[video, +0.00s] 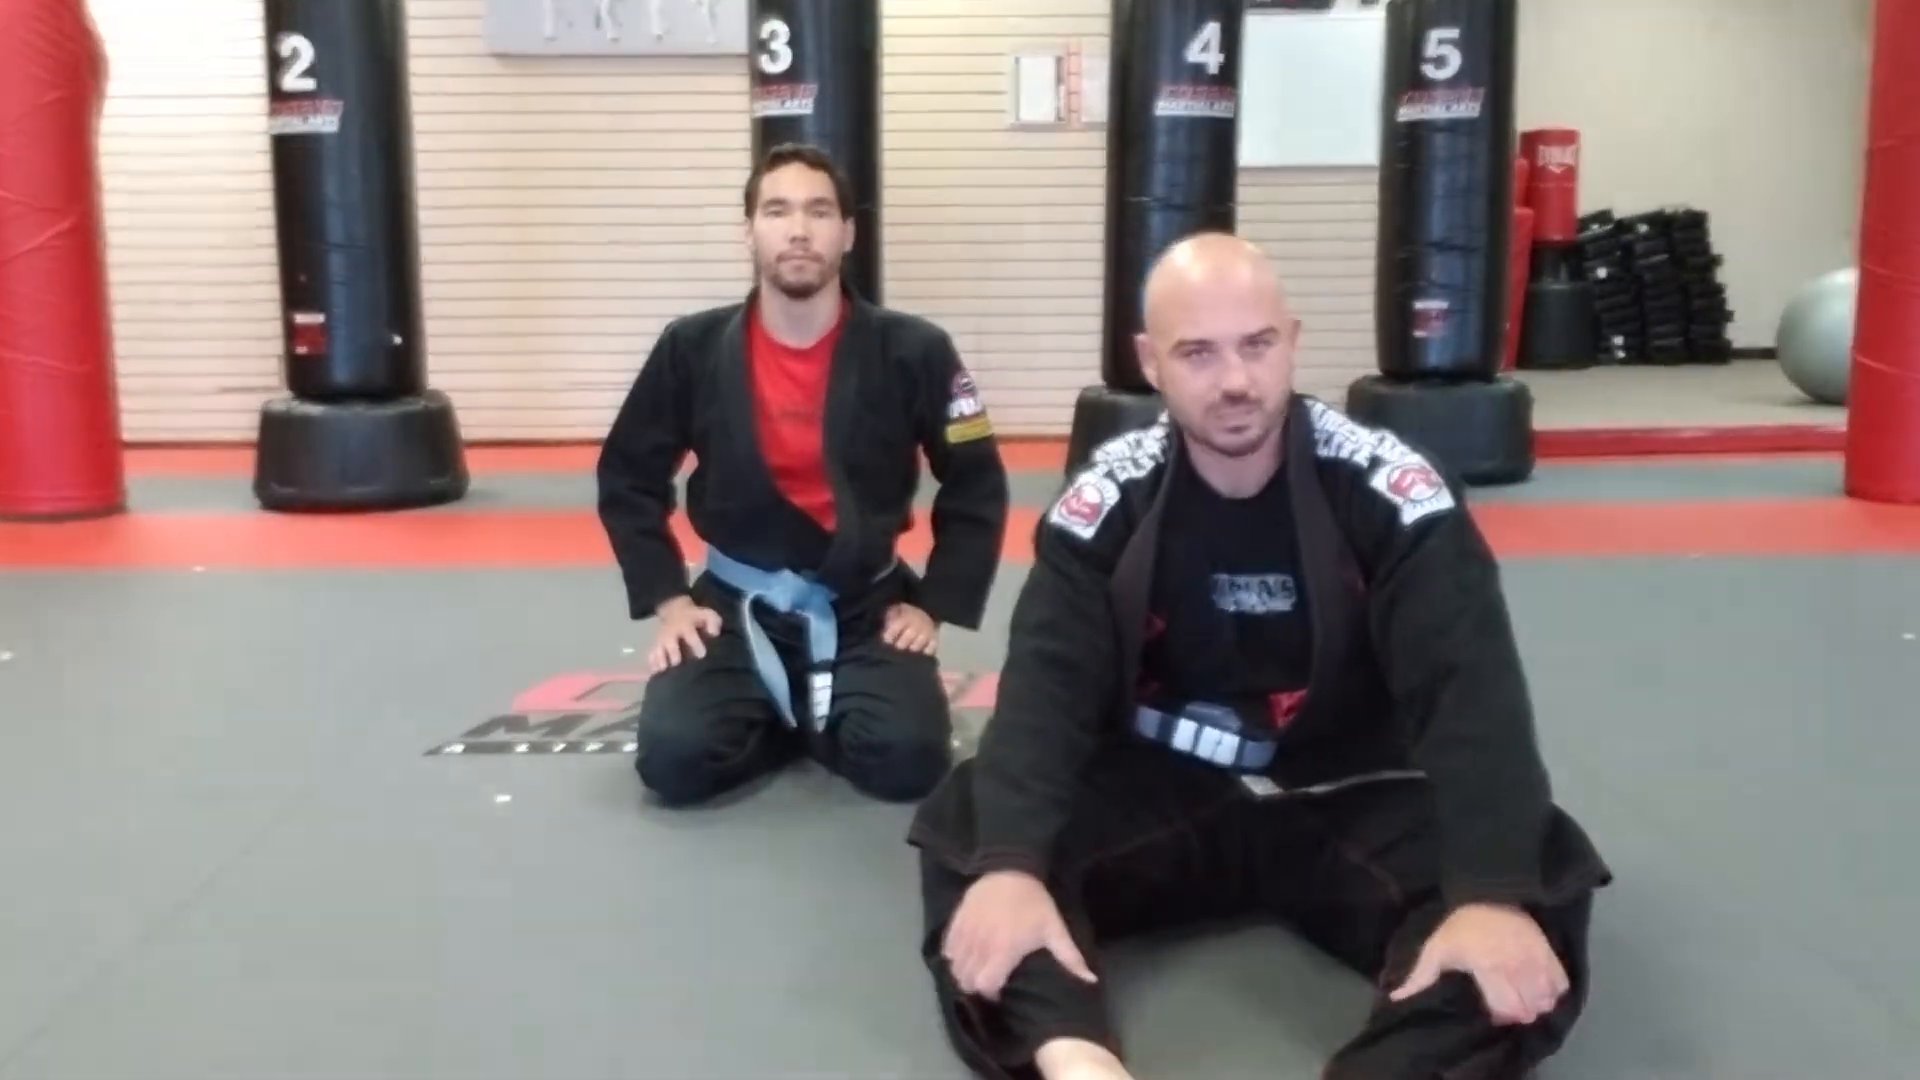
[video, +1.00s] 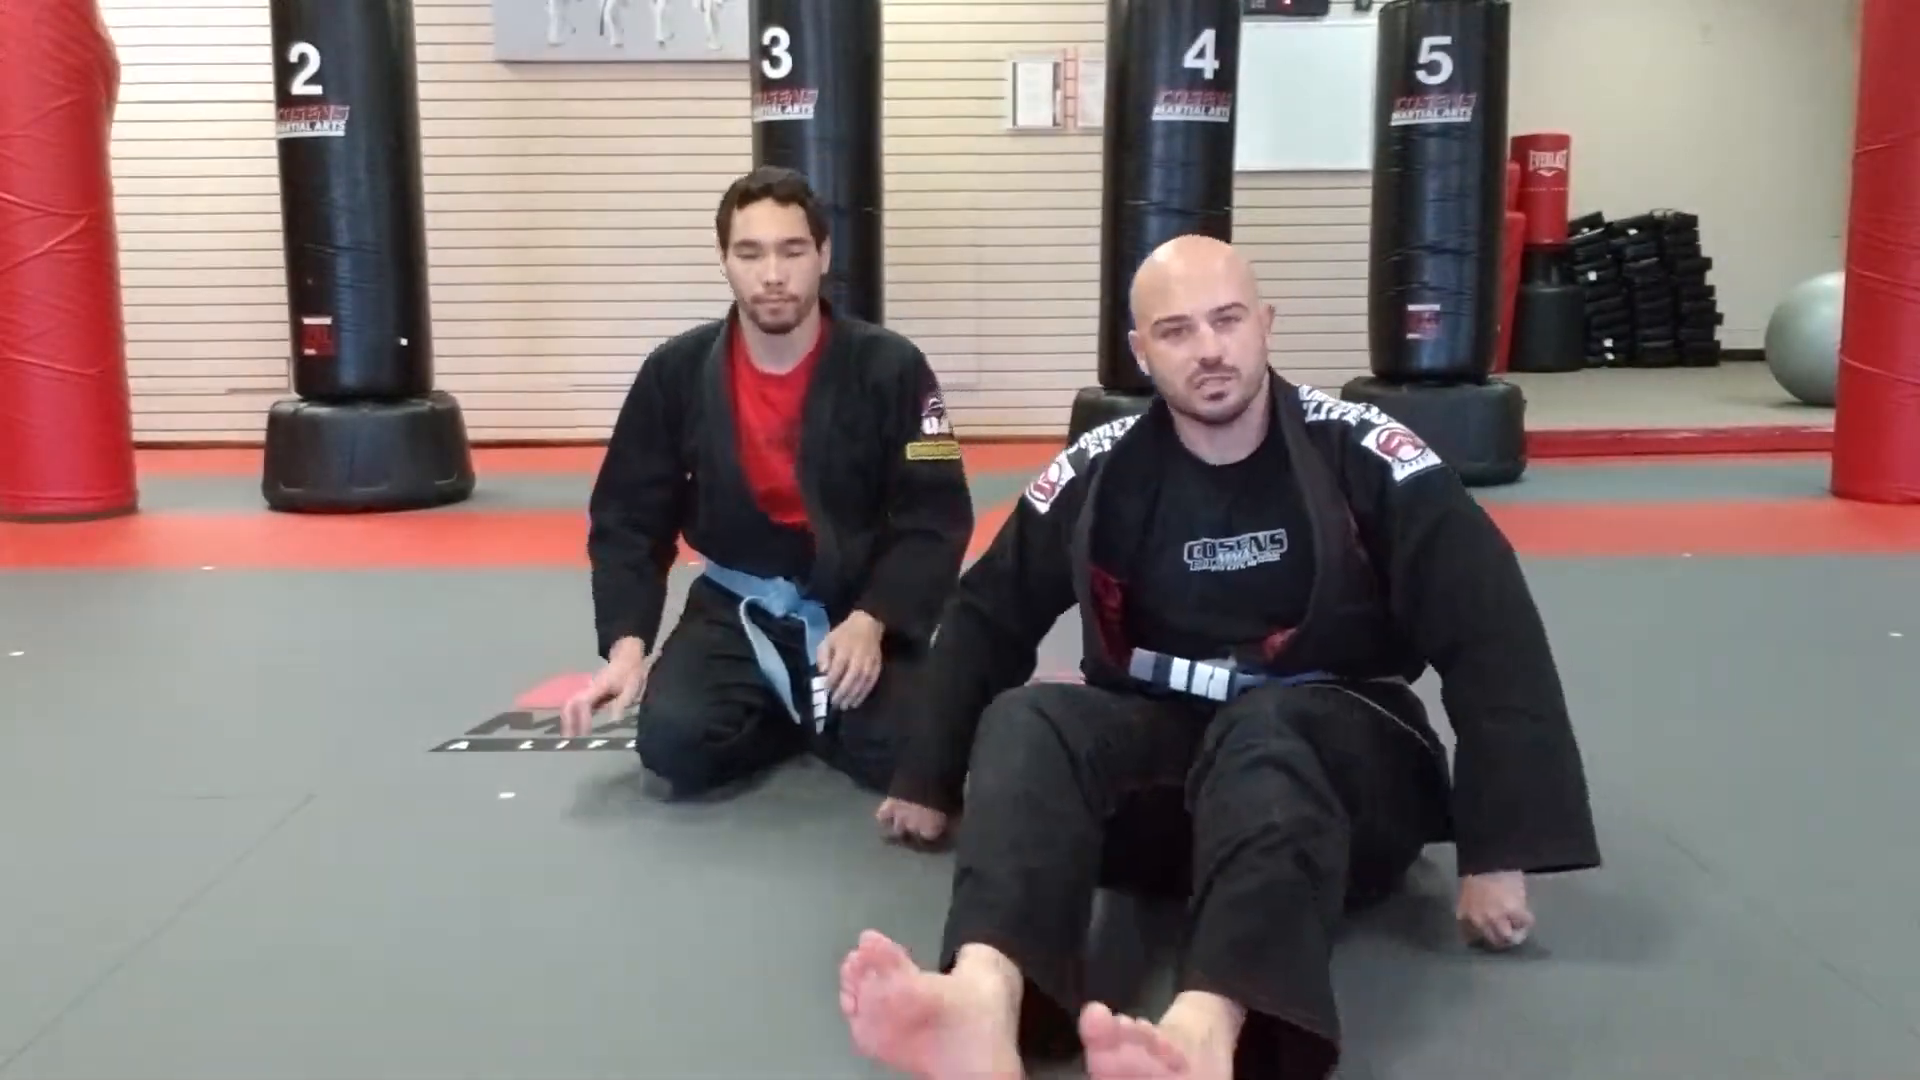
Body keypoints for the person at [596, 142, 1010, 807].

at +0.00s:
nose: (798, 228)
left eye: (819, 211)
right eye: (777, 211)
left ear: (848, 234)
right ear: (750, 235)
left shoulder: (913, 354)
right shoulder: (693, 350)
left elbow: (976, 482)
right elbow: (628, 474)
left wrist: (933, 607)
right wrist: (667, 597)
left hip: (866, 603)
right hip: (735, 599)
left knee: (908, 763)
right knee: (676, 763)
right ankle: (801, 720)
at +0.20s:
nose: (795, 230)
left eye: (815, 213)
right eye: (775, 213)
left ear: (844, 235)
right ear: (748, 237)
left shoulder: (912, 354)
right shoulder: (693, 352)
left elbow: (974, 483)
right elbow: (629, 477)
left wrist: (932, 606)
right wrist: (669, 598)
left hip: (867, 604)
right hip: (736, 600)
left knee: (909, 762)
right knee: (677, 760)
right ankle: (800, 718)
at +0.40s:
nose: (795, 233)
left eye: (815, 215)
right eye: (775, 216)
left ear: (844, 237)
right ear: (749, 239)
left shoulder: (912, 355)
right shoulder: (694, 353)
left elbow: (974, 483)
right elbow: (632, 478)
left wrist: (931, 604)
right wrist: (670, 598)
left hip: (867, 604)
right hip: (736, 600)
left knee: (909, 760)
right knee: (679, 758)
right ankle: (805, 714)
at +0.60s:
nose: (795, 233)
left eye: (815, 215)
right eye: (774, 216)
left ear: (844, 236)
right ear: (749, 239)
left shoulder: (912, 355)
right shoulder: (693, 354)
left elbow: (974, 485)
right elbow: (632, 479)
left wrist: (931, 605)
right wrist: (669, 597)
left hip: (867, 605)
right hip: (736, 601)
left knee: (912, 760)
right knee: (678, 757)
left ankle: (787, 698)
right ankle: (808, 711)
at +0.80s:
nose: (792, 242)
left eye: (811, 222)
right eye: (771, 223)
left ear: (842, 238)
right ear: (745, 243)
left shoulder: (911, 358)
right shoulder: (692, 357)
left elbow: (973, 485)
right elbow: (633, 483)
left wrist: (931, 598)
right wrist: (661, 597)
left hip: (865, 603)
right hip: (736, 600)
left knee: (908, 757)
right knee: (678, 756)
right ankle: (804, 712)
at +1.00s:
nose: (772, 275)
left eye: (792, 252)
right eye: (749, 254)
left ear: (824, 257)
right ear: (725, 263)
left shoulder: (889, 370)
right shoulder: (676, 374)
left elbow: (936, 519)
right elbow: (628, 518)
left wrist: (872, 621)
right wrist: (627, 646)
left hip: (861, 609)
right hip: (735, 604)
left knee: (919, 758)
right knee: (676, 749)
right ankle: (809, 708)